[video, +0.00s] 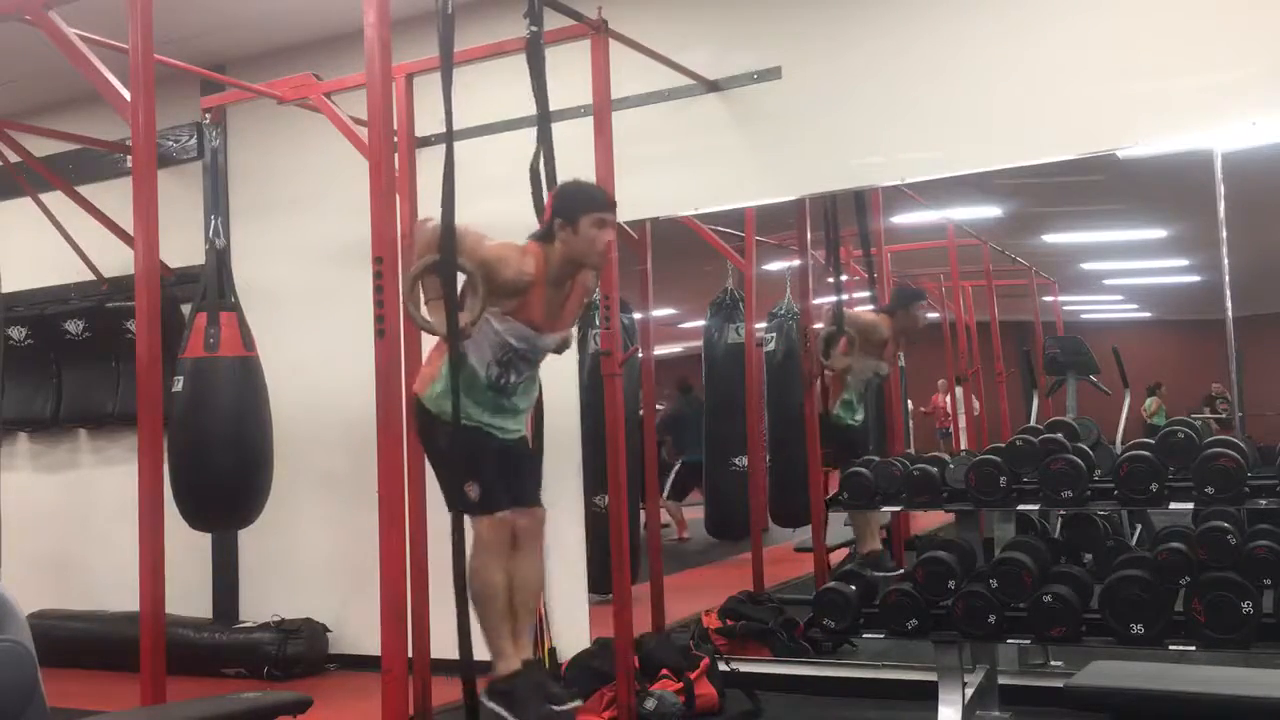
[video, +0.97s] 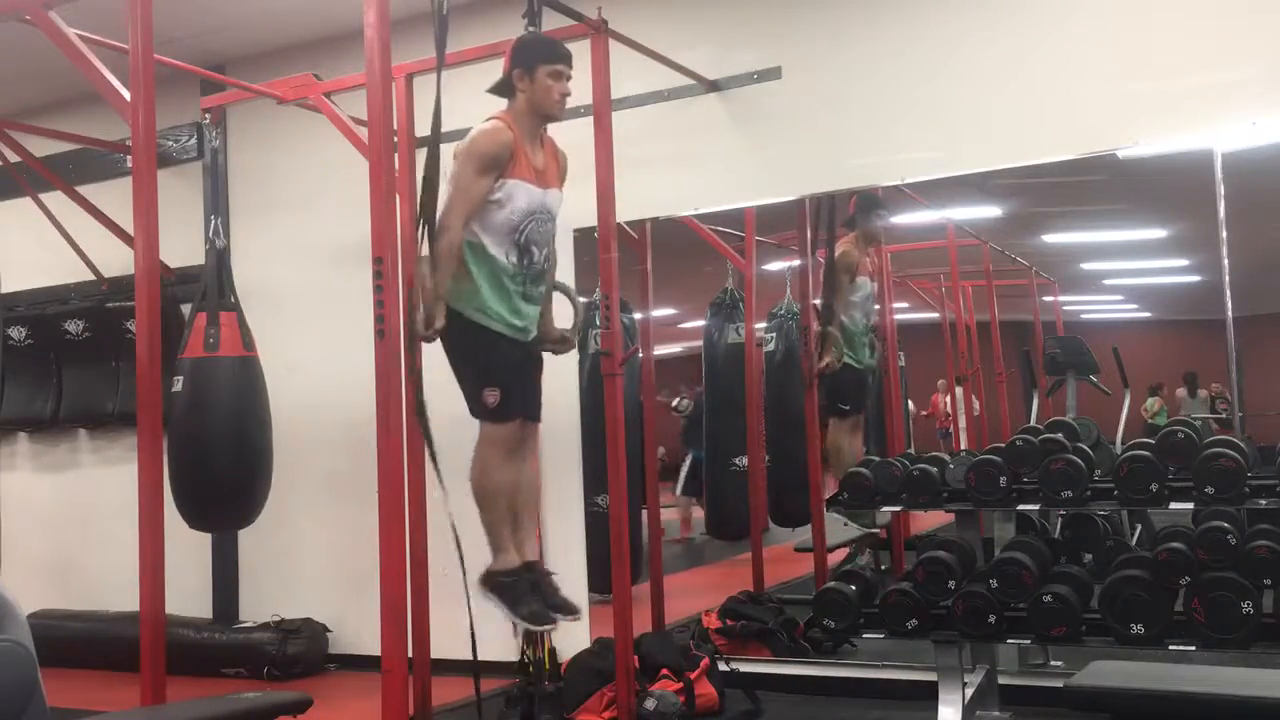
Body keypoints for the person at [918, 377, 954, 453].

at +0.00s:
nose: (942, 388)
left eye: (944, 385)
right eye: (940, 386)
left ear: (947, 386)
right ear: (938, 387)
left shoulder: (949, 396)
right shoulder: (935, 397)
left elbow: (953, 408)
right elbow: (932, 409)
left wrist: (952, 416)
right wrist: (925, 410)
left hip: (949, 422)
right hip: (939, 422)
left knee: (950, 439)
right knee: (941, 440)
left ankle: (951, 453)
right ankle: (943, 453)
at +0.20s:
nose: (942, 388)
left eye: (944, 386)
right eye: (941, 386)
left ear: (947, 386)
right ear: (938, 387)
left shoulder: (949, 396)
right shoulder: (935, 397)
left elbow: (953, 408)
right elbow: (932, 410)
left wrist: (951, 417)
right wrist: (926, 413)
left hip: (949, 422)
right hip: (939, 423)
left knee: (950, 439)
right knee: (941, 440)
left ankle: (952, 453)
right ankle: (943, 454)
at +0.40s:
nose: (942, 387)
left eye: (944, 385)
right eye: (940, 386)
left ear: (946, 386)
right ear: (938, 387)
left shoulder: (949, 396)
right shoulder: (935, 397)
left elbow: (953, 409)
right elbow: (933, 411)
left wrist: (950, 417)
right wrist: (927, 413)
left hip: (949, 422)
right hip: (940, 423)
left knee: (952, 438)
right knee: (941, 440)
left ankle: (953, 452)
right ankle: (943, 453)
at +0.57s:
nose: (942, 388)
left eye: (944, 385)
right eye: (940, 386)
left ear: (946, 386)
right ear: (938, 387)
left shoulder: (949, 396)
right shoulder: (935, 397)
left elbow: (953, 409)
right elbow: (933, 410)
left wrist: (949, 417)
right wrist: (927, 413)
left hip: (949, 422)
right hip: (940, 422)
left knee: (951, 438)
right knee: (942, 440)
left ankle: (953, 453)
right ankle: (943, 453)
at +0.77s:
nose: (942, 389)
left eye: (944, 386)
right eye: (941, 387)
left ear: (946, 387)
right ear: (938, 387)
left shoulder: (949, 396)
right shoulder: (935, 397)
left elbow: (953, 409)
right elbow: (932, 410)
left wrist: (951, 417)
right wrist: (926, 413)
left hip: (949, 422)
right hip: (940, 422)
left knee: (952, 438)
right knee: (941, 440)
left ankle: (954, 452)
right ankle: (944, 453)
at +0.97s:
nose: (942, 389)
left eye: (944, 387)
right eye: (941, 387)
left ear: (946, 387)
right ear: (938, 387)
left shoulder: (949, 396)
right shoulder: (935, 397)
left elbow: (953, 408)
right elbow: (932, 409)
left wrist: (950, 417)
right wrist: (926, 413)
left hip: (949, 422)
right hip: (940, 423)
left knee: (951, 439)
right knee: (942, 440)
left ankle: (953, 452)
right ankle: (944, 453)